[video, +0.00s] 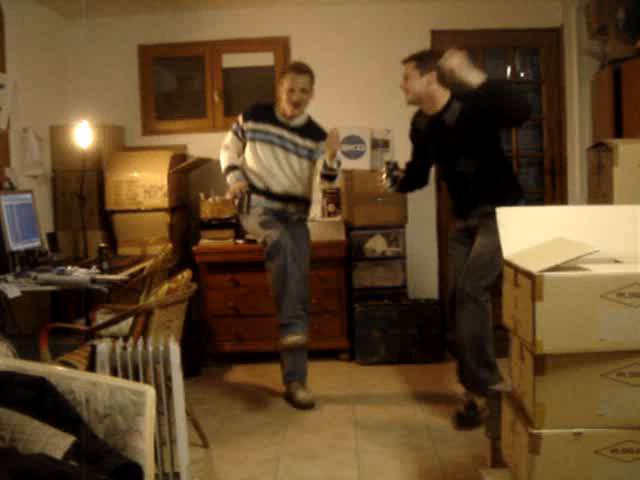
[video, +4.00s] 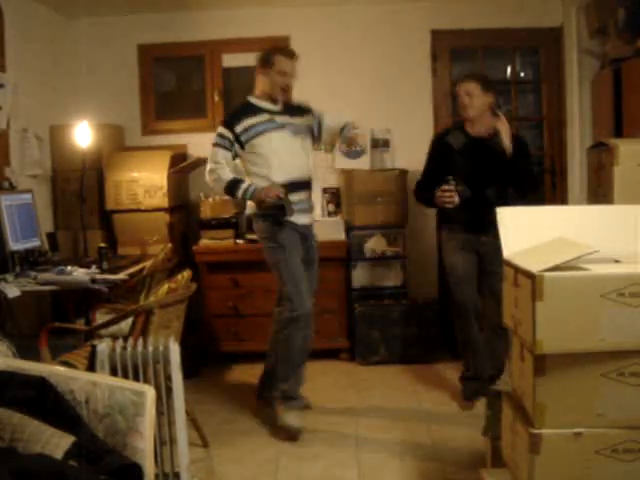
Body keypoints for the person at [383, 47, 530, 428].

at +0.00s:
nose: (403, 87)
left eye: (408, 79)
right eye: (403, 80)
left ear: (431, 78)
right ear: (422, 81)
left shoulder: (473, 105)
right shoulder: (423, 124)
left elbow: (523, 108)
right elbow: (419, 174)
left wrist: (478, 80)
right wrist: (396, 181)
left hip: (498, 215)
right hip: (463, 220)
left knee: (472, 290)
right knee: (461, 298)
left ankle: (486, 388)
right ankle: (474, 390)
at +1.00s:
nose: (410, 139)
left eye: (413, 133)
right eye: (410, 133)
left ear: (431, 133)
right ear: (441, 131)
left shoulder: (431, 173)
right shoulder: (481, 149)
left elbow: (441, 238)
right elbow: (514, 189)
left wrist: (415, 214)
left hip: (481, 240)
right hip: (519, 229)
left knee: (465, 313)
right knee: (500, 318)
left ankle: (463, 398)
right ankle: (497, 403)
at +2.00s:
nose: (390, 149)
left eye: (395, 141)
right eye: (389, 142)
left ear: (417, 139)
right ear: (416, 141)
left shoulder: (436, 164)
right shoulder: (436, 161)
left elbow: (415, 225)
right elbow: (415, 222)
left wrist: (368, 249)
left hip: (510, 220)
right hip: (514, 217)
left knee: (453, 273)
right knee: (490, 296)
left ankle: (464, 367)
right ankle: (499, 378)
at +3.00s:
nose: (436, 132)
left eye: (442, 126)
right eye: (429, 126)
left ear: (450, 127)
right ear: (416, 129)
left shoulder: (470, 160)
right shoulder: (402, 163)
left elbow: (503, 201)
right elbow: (382, 206)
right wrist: (386, 221)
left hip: (469, 245)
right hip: (427, 247)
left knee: (483, 307)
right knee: (422, 310)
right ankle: (427, 381)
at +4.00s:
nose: (462, 101)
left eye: (469, 95)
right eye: (459, 96)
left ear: (489, 99)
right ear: (456, 102)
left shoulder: (510, 141)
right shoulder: (447, 140)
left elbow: (527, 189)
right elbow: (422, 189)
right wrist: (434, 197)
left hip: (499, 233)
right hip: (457, 234)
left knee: (497, 303)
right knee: (464, 303)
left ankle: (493, 372)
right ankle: (473, 375)